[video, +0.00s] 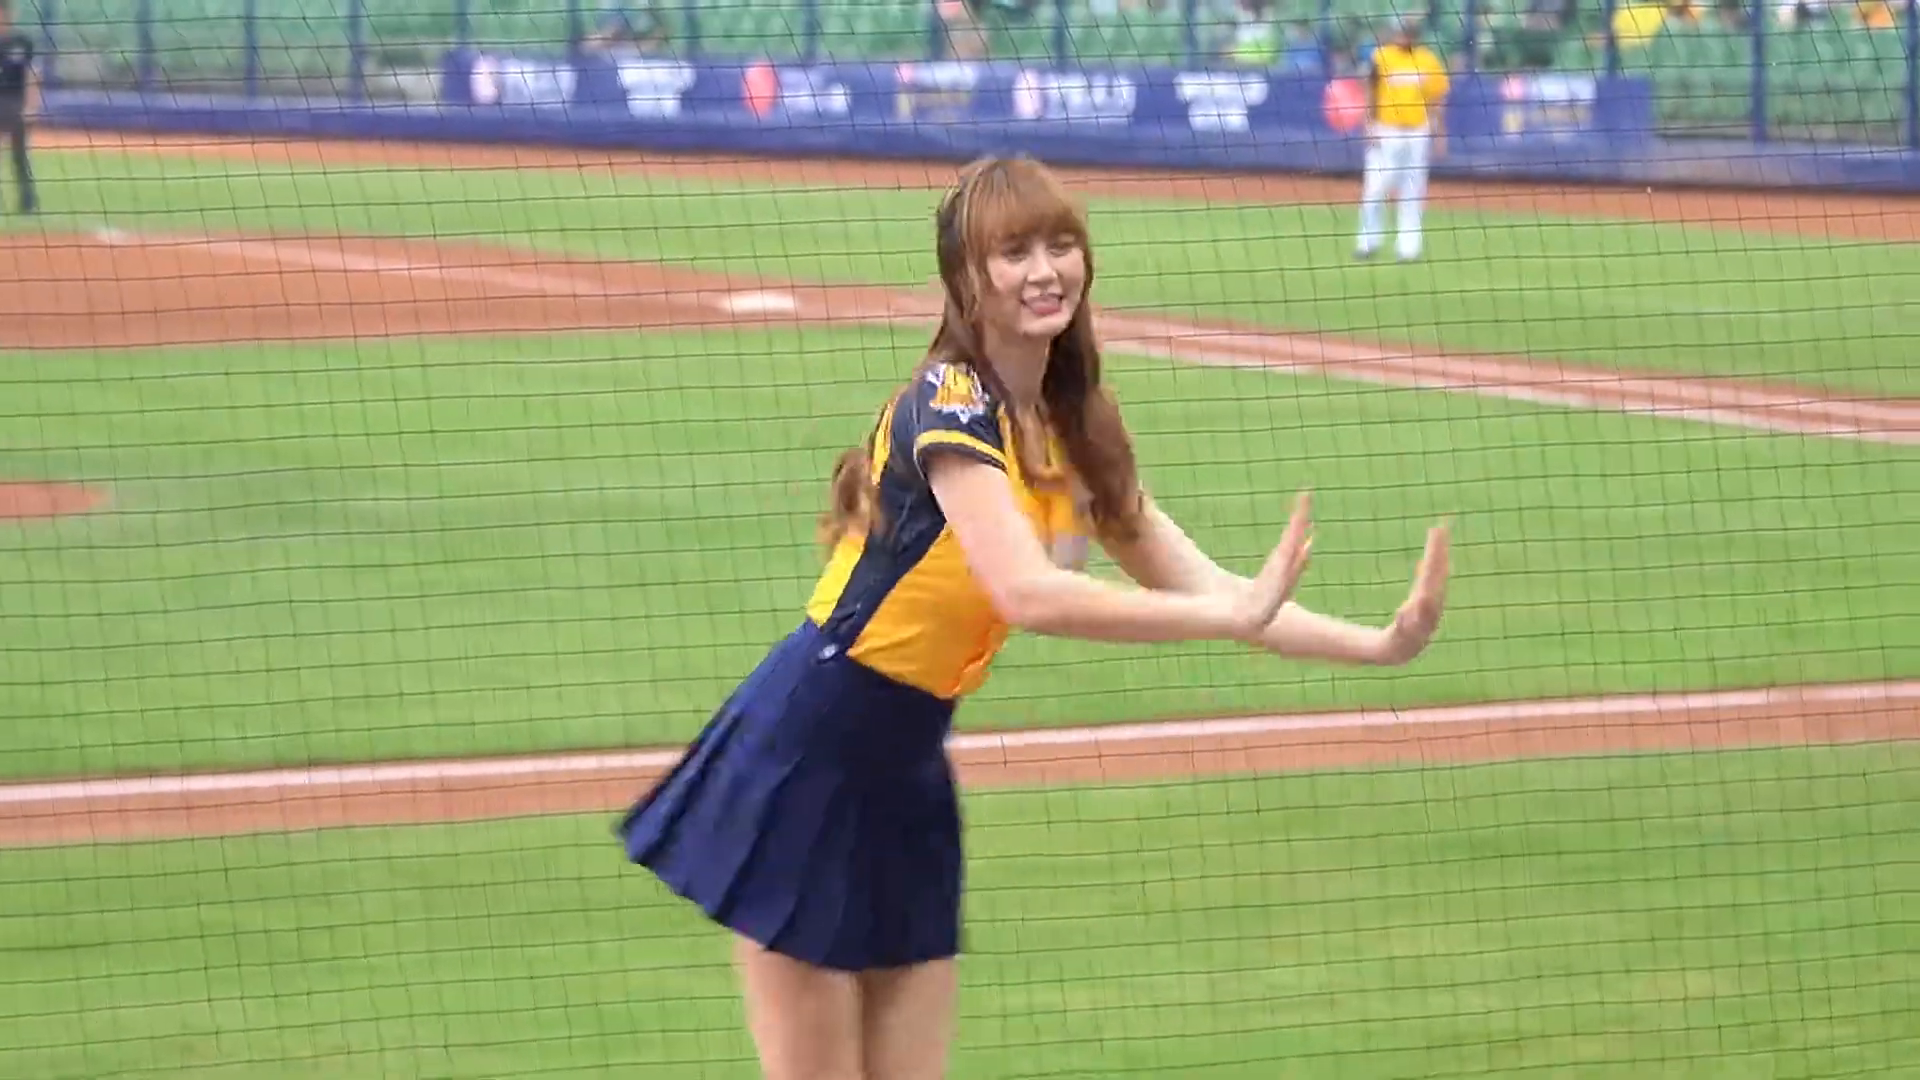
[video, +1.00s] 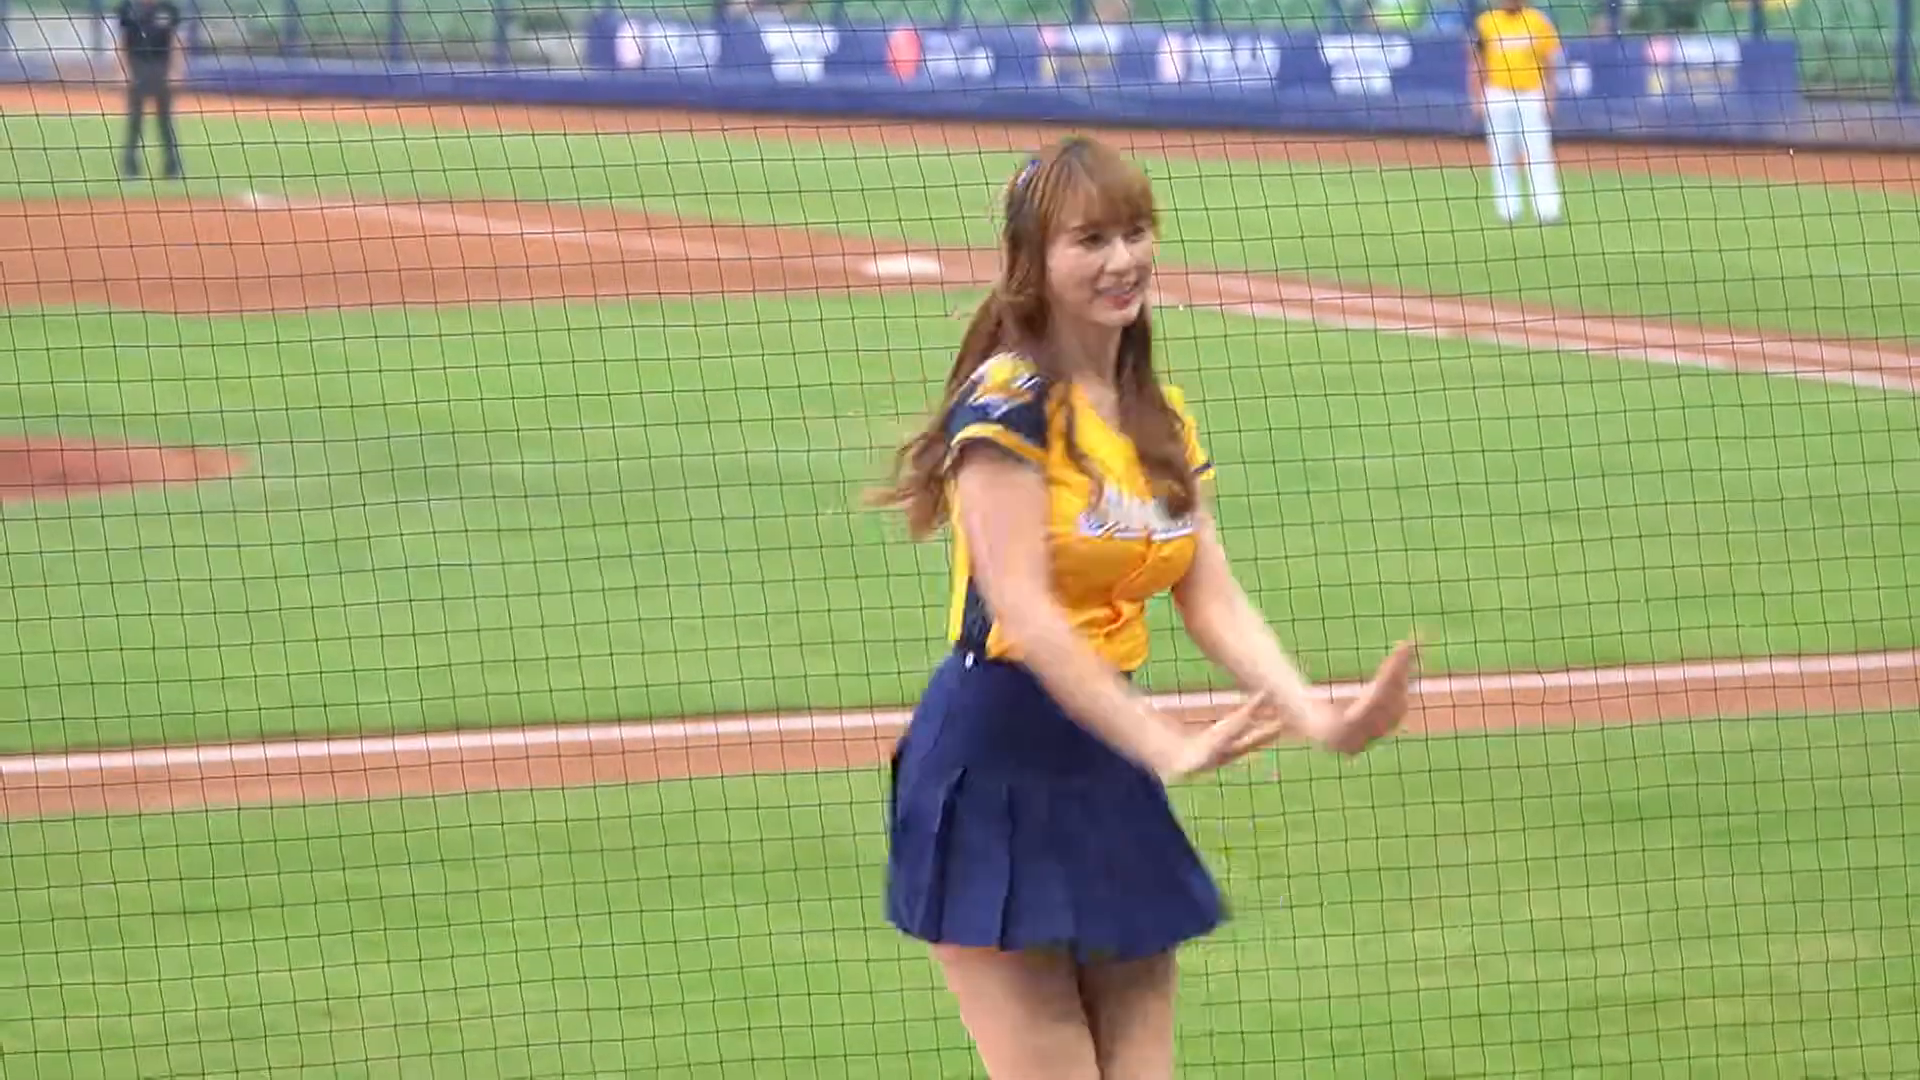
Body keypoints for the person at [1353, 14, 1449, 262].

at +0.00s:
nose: (1407, 38)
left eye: (1411, 33)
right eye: (1403, 32)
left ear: (1418, 35)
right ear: (1396, 33)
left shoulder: (1428, 60)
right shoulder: (1381, 57)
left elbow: (1436, 101)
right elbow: (1371, 91)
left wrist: (1439, 135)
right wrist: (1370, 123)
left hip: (1418, 132)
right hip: (1385, 131)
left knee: (1413, 189)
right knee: (1375, 187)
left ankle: (1409, 243)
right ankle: (1368, 238)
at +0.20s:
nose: (1441, 31)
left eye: (1446, 26)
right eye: (1437, 25)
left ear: (1452, 27)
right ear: (1429, 25)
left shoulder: (1464, 53)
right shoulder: (1415, 49)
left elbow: (1473, 95)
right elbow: (1404, 82)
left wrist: (1474, 129)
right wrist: (1404, 114)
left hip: (1452, 124)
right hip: (1419, 123)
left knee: (1447, 182)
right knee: (1408, 181)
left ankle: (1445, 235)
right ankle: (1403, 231)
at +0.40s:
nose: (1472, 22)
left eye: (1476, 17)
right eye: (1468, 17)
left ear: (1482, 19)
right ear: (1459, 18)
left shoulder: (1494, 45)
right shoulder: (1444, 42)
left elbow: (1506, 85)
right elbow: (1435, 76)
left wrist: (1507, 119)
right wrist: (1434, 108)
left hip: (1485, 117)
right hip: (1451, 116)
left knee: (1483, 175)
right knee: (1445, 175)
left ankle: (1484, 230)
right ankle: (1443, 228)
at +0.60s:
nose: (1500, 12)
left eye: (1504, 7)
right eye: (1495, 7)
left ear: (1510, 9)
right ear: (1489, 9)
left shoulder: (1526, 37)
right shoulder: (1475, 34)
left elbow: (1536, 79)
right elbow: (1465, 70)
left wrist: (1536, 112)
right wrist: (1466, 102)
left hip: (1516, 108)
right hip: (1482, 107)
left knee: (1519, 165)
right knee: (1482, 166)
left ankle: (1524, 220)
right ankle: (1483, 219)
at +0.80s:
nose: (1513, 8)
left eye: (1517, 3)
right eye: (1509, 4)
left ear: (1524, 5)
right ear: (1501, 5)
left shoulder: (1538, 28)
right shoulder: (1488, 29)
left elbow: (1550, 66)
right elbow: (1476, 65)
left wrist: (1549, 101)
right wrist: (1479, 101)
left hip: (1532, 99)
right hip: (1497, 100)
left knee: (1538, 157)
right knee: (1502, 158)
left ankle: (1546, 212)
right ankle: (1507, 212)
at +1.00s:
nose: (1510, 3)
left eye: (1514, 0)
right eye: (1507, 0)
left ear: (1522, 1)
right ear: (1499, 1)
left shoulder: (1537, 20)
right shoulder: (1485, 22)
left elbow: (1550, 61)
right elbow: (1474, 61)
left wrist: (1550, 96)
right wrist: (1476, 97)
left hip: (1532, 93)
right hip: (1497, 94)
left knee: (1539, 150)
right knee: (1502, 152)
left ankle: (1547, 206)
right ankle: (1508, 207)